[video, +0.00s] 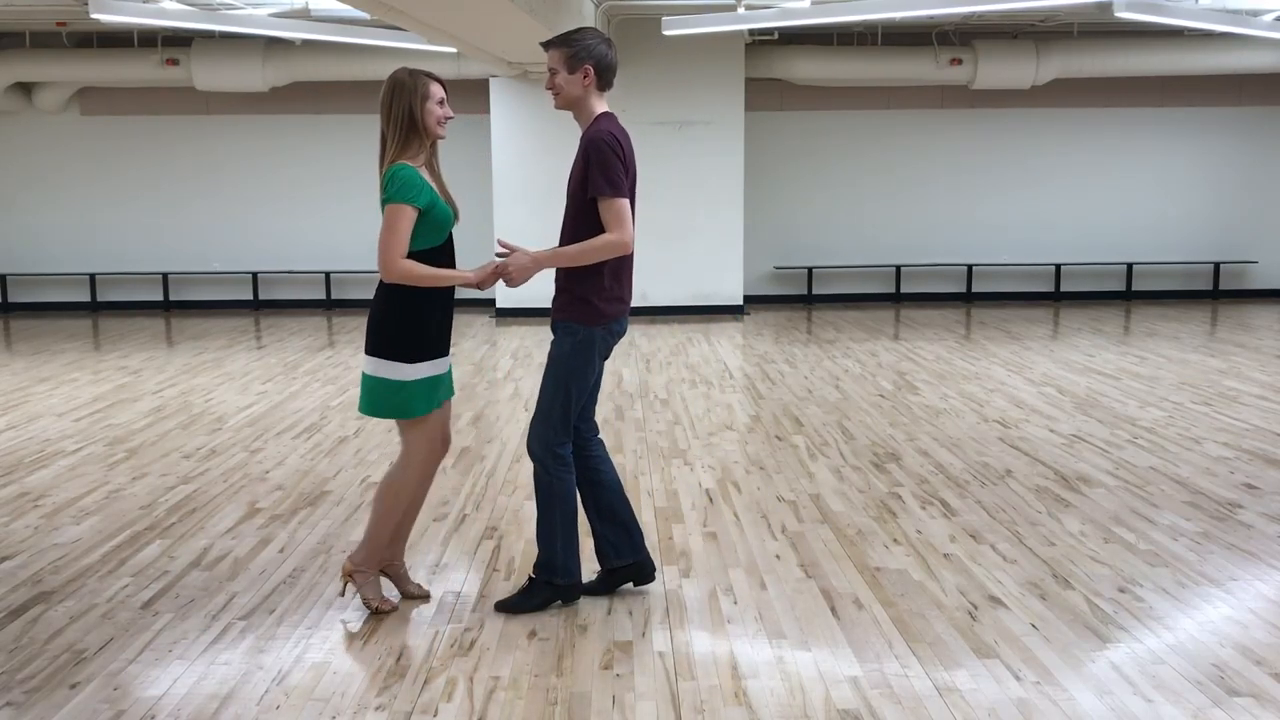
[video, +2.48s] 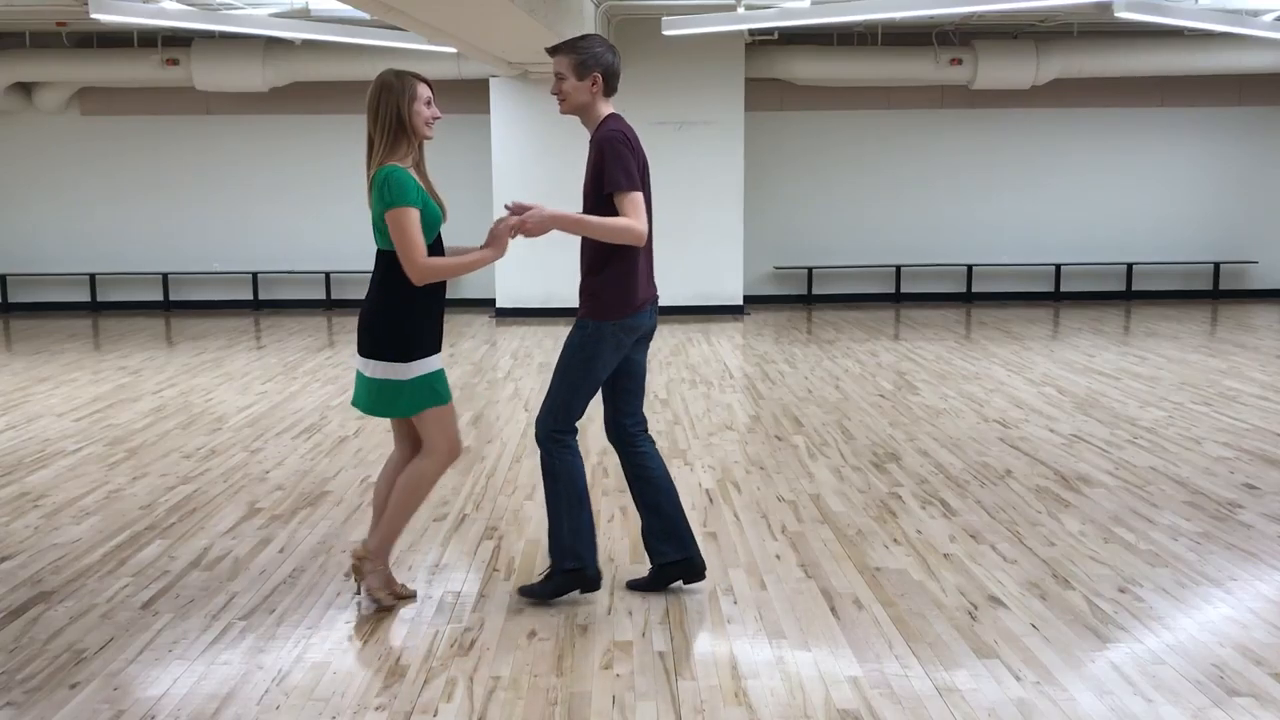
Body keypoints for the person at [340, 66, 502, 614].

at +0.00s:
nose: (448, 111)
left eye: (446, 103)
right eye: (438, 103)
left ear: (427, 111)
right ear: (413, 110)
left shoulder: (423, 173)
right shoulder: (406, 178)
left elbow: (417, 260)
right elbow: (391, 266)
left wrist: (470, 274)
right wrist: (465, 277)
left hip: (426, 332)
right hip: (405, 335)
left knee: (436, 442)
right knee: (421, 446)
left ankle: (392, 555)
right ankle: (364, 562)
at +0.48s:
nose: (475, 111)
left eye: (473, 102)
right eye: (465, 103)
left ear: (458, 112)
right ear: (439, 110)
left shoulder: (450, 174)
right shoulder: (431, 178)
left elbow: (466, 253)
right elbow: (448, 266)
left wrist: (522, 234)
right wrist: (519, 241)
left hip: (458, 325)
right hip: (448, 328)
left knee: (465, 445)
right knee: (473, 443)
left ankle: (403, 550)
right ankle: (455, 565)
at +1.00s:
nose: (491, 113)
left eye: (490, 105)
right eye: (482, 105)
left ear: (472, 113)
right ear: (457, 113)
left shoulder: (469, 176)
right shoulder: (452, 180)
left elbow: (500, 252)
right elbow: (474, 271)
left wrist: (562, 255)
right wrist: (551, 272)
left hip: (478, 330)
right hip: (472, 335)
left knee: (493, 442)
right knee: (523, 442)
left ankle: (484, 552)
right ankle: (470, 550)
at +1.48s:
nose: (477, 111)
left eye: (475, 102)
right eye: (466, 102)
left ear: (459, 111)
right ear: (440, 111)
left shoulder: (455, 173)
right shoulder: (433, 177)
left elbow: (479, 251)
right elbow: (466, 261)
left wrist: (535, 229)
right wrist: (529, 233)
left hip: (468, 327)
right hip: (449, 330)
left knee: (482, 443)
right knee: (478, 446)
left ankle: (420, 544)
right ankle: (460, 562)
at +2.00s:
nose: (435, 112)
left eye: (434, 103)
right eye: (426, 104)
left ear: (415, 112)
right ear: (400, 112)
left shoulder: (416, 173)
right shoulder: (391, 178)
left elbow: (419, 259)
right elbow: (374, 265)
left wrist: (467, 266)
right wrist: (446, 280)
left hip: (425, 328)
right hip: (397, 334)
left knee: (446, 442)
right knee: (398, 455)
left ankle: (410, 555)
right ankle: (342, 566)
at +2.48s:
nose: (436, 111)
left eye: (433, 102)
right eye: (426, 103)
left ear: (412, 111)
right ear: (400, 113)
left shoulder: (408, 175)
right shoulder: (395, 178)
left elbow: (429, 261)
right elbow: (417, 268)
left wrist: (487, 245)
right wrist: (489, 255)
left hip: (395, 335)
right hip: (404, 339)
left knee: (409, 446)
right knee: (443, 446)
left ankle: (372, 557)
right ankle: (376, 555)